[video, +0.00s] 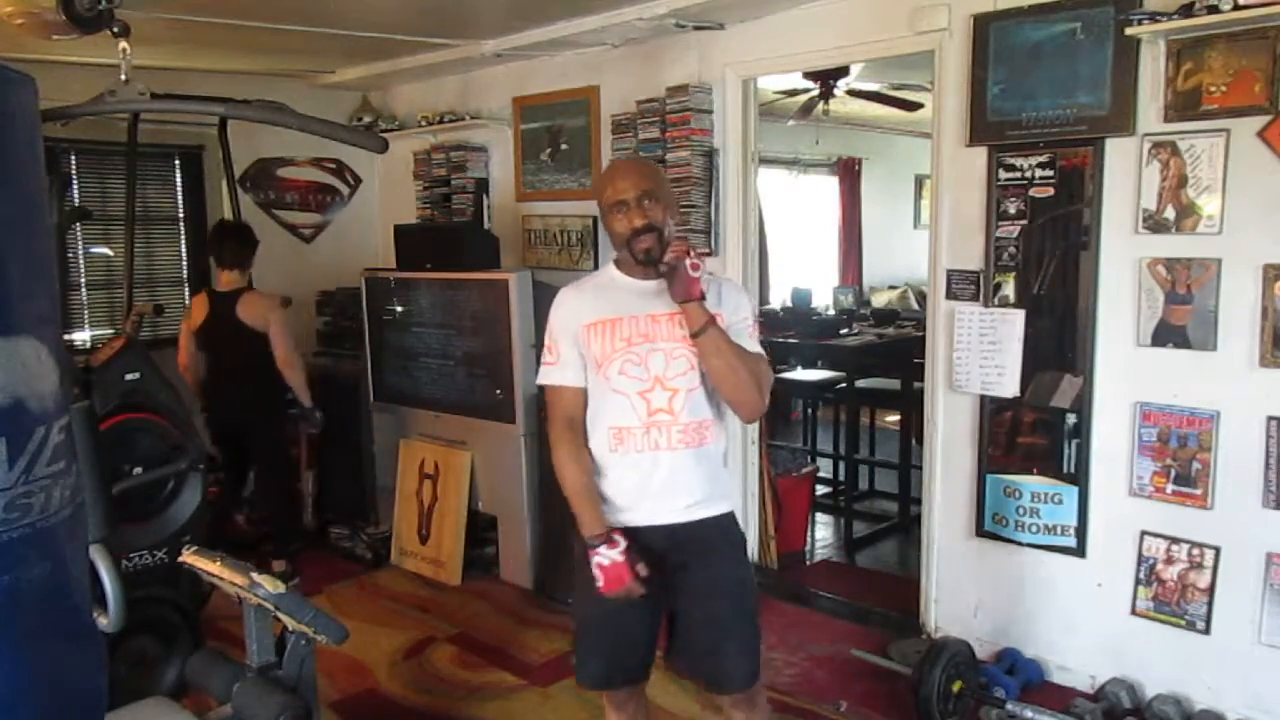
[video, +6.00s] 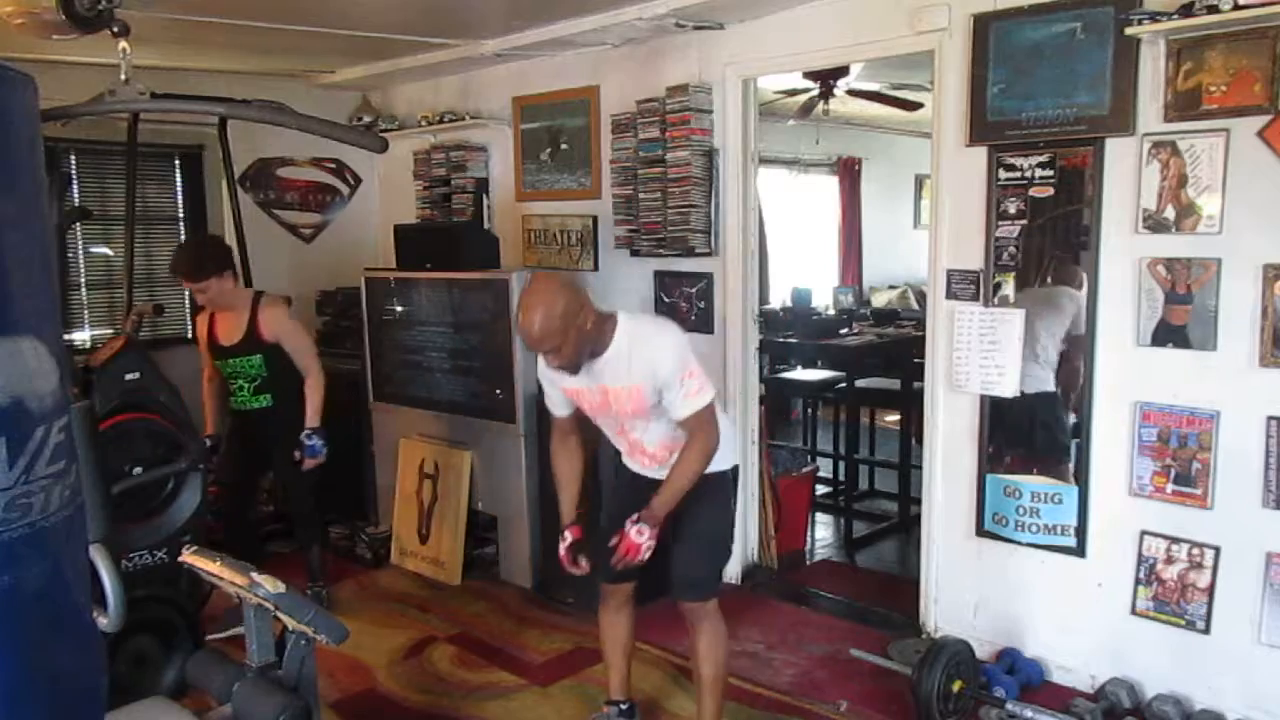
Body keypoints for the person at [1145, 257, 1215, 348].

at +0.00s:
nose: (1180, 274)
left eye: (1183, 270)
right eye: (1177, 270)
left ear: (1188, 273)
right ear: (1172, 273)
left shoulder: (1191, 288)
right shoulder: (1168, 286)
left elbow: (1213, 269)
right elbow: (1151, 265)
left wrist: (1197, 262)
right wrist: (1166, 261)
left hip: (1181, 329)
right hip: (1164, 327)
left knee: (1189, 357)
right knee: (1154, 356)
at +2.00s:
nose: (1180, 272)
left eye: (1183, 269)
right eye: (1177, 269)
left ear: (1188, 273)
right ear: (1174, 272)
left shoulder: (1192, 287)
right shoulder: (1168, 286)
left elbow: (1213, 268)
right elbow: (1151, 266)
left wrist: (1196, 263)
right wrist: (1166, 261)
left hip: (1182, 329)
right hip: (1165, 327)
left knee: (1190, 358)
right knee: (1155, 355)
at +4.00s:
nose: (1179, 273)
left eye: (1182, 270)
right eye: (1176, 270)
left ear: (1188, 273)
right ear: (1172, 272)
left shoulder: (1191, 288)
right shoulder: (1168, 286)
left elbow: (1213, 268)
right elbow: (1151, 266)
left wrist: (1195, 262)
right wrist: (1166, 262)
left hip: (1181, 329)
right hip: (1165, 328)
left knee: (1190, 357)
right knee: (1154, 356)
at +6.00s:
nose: (1181, 273)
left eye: (1183, 269)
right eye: (1177, 270)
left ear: (1188, 271)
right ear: (1172, 272)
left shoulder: (1191, 287)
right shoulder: (1168, 286)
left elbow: (1213, 268)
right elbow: (1151, 265)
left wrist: (1196, 262)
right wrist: (1166, 261)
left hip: (1181, 329)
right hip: (1164, 327)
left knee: (1189, 358)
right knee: (1154, 356)